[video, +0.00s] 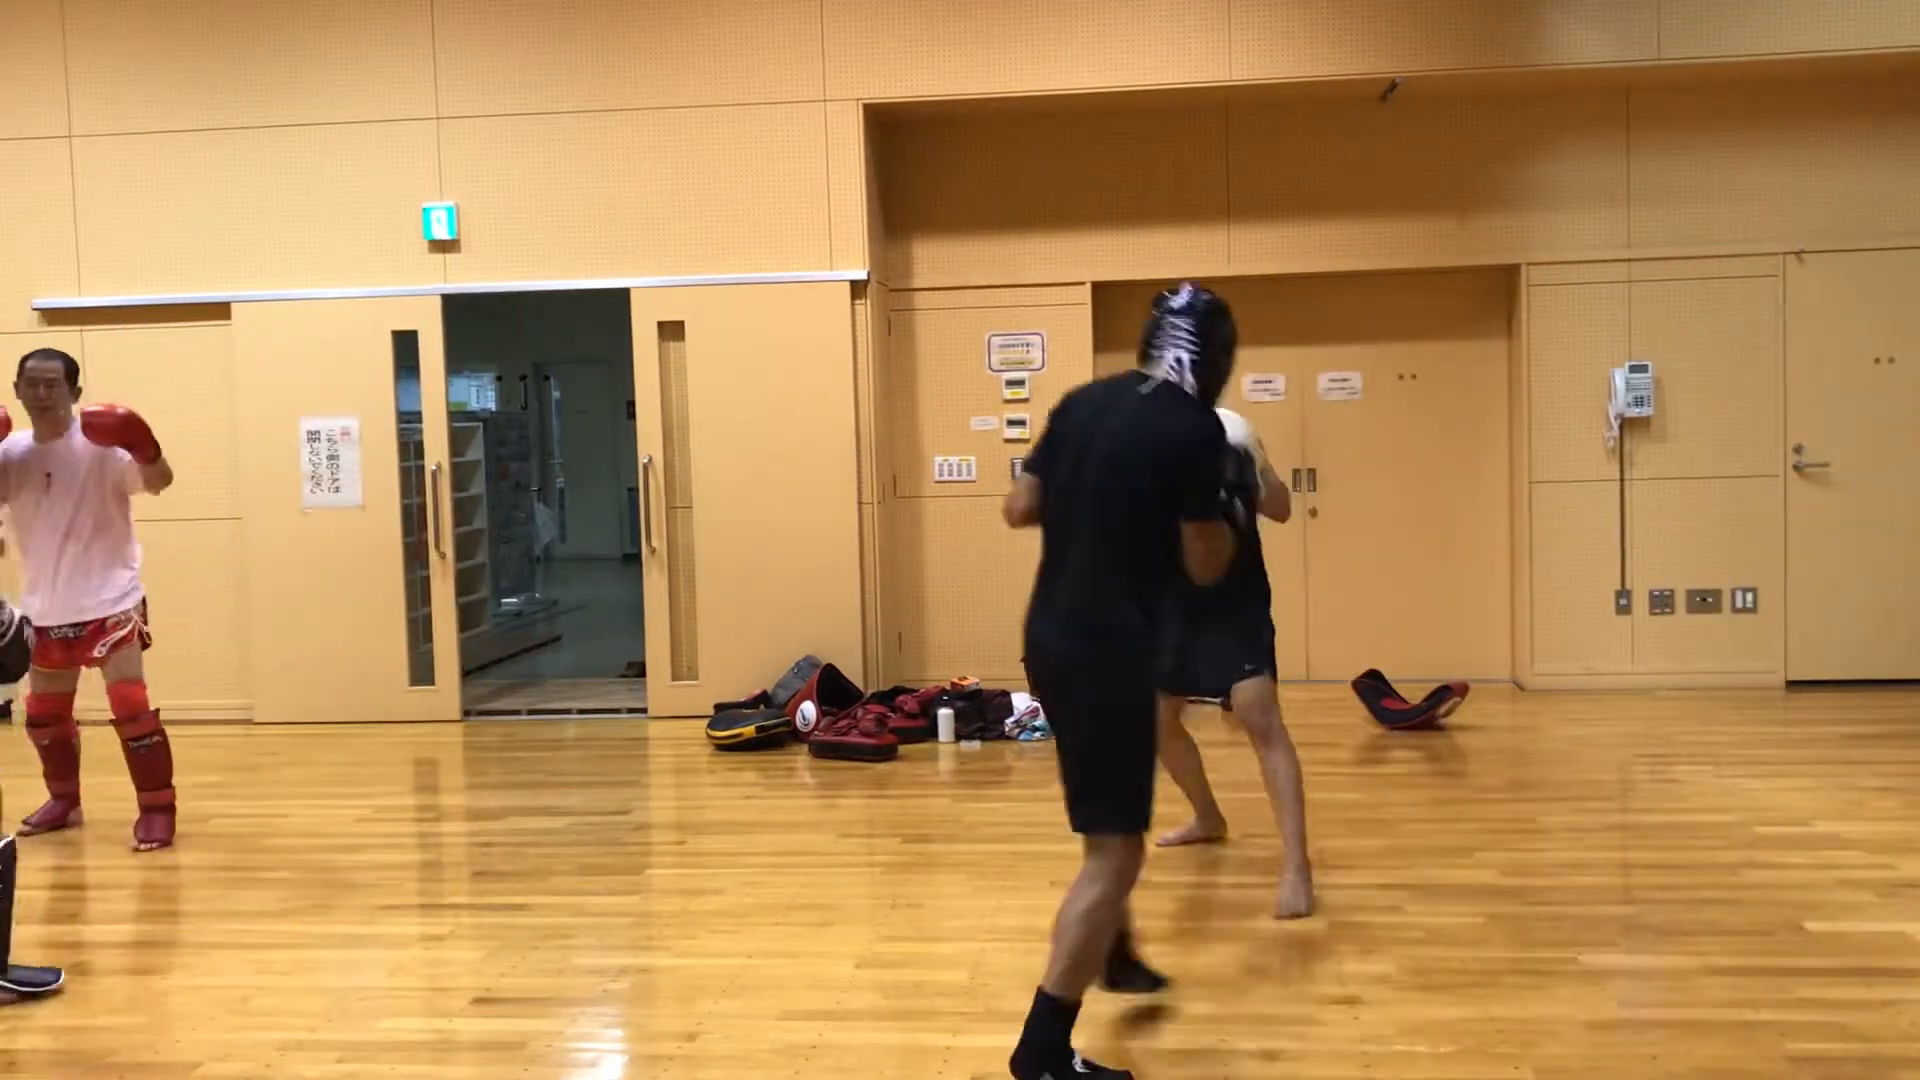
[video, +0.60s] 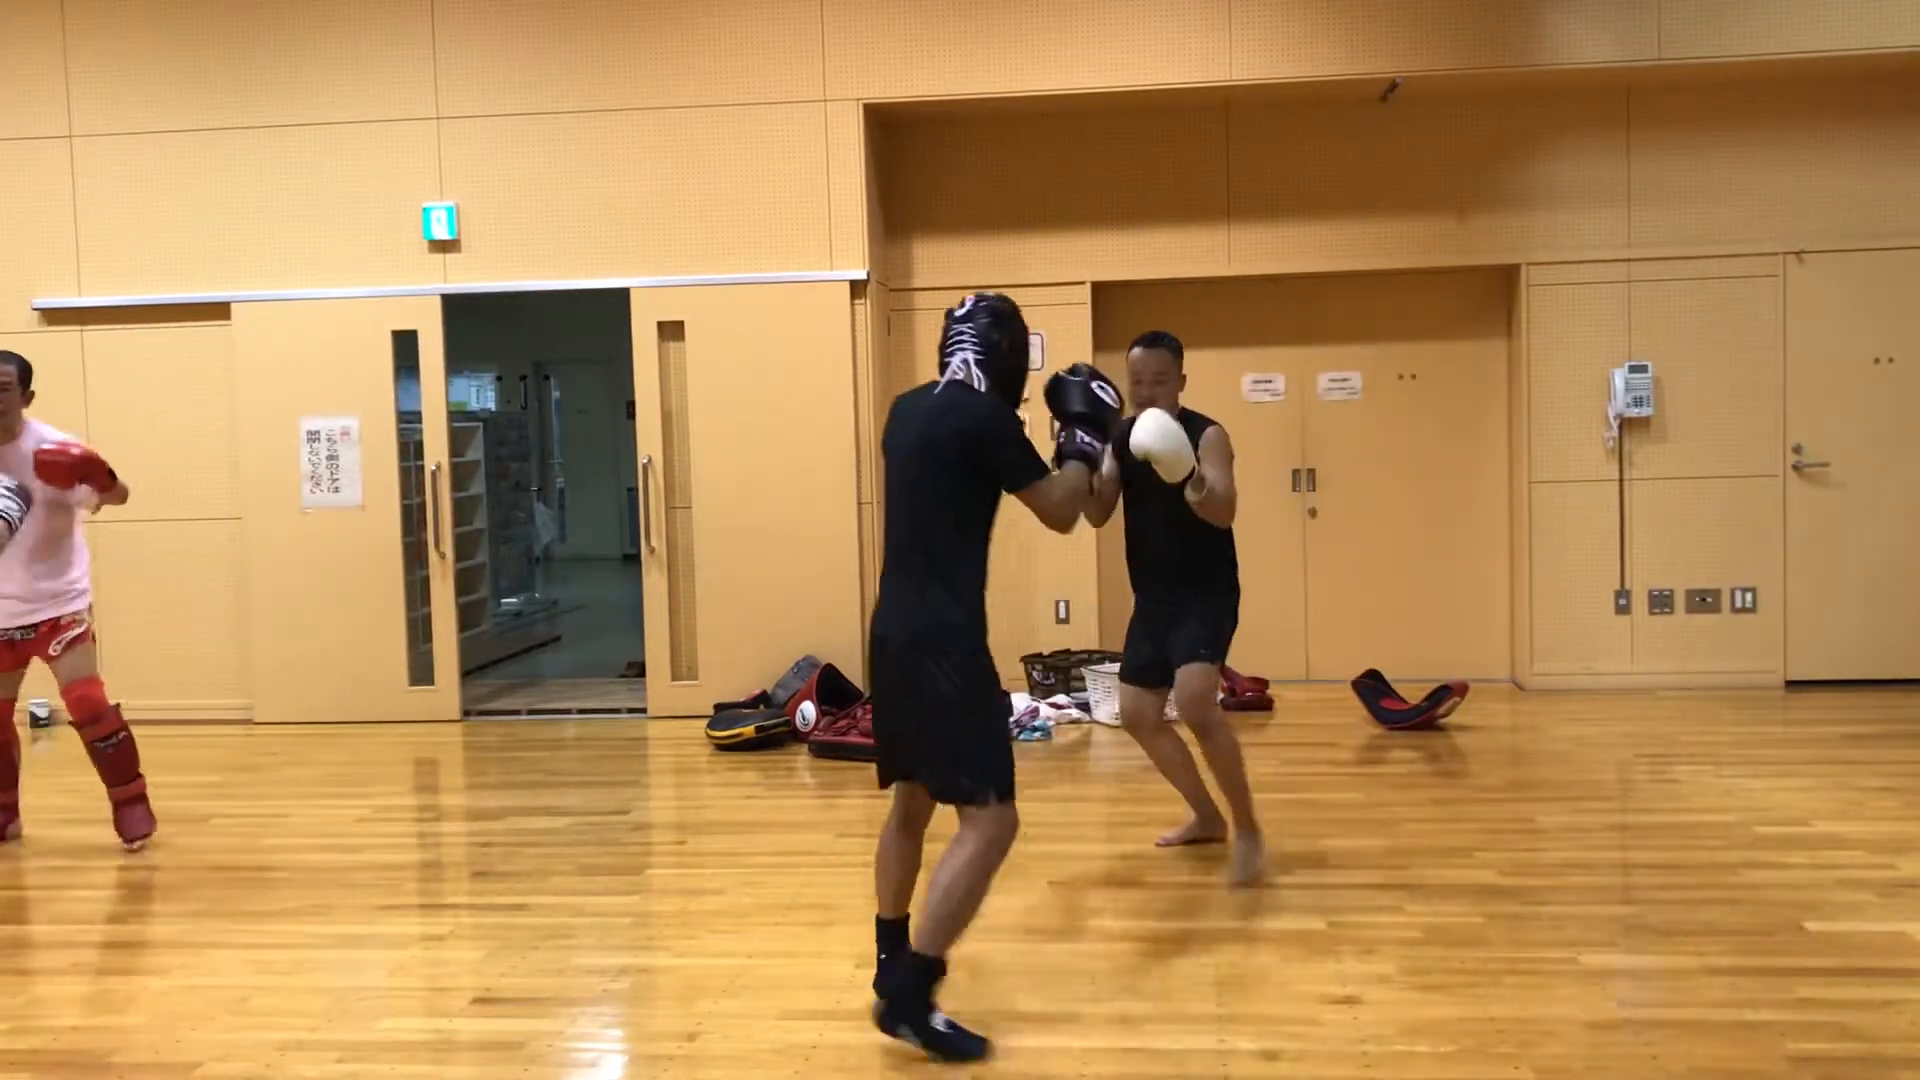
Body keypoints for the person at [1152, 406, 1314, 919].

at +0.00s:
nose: (1176, 389)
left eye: (1185, 377)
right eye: (1165, 379)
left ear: (1201, 380)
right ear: (1151, 385)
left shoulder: (1229, 430)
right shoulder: (1139, 444)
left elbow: (1279, 508)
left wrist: (1247, 467)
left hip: (1236, 594)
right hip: (1167, 595)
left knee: (1259, 718)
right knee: (1159, 719)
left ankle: (1295, 867)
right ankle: (1207, 817)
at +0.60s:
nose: (1147, 392)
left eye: (1159, 381)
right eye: (1138, 381)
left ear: (1181, 380)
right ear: (1126, 380)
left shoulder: (1206, 435)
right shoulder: (1121, 437)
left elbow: (1224, 513)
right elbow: (1098, 514)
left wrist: (1190, 481)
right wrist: (1084, 454)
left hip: (1206, 592)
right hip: (1153, 595)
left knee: (1194, 703)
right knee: (1139, 714)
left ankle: (1247, 830)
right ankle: (1207, 818)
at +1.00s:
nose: (1142, 401)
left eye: (1153, 390)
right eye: (1135, 390)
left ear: (1176, 387)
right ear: (1125, 392)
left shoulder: (1199, 436)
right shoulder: (1118, 437)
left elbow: (1171, 482)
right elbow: (1081, 488)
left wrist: (1135, 433)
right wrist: (1086, 423)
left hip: (1193, 600)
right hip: (1146, 602)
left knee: (1154, 718)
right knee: (1135, 719)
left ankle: (1182, 871)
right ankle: (1208, 817)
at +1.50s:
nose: (1143, 365)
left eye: (1151, 355)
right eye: (1138, 355)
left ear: (1181, 350)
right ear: (1139, 352)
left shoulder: (1207, 400)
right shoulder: (1160, 411)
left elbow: (1213, 463)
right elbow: (1126, 477)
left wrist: (1164, 419)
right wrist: (1097, 425)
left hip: (1219, 561)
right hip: (1186, 564)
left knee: (1199, 674)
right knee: (1196, 678)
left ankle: (1237, 812)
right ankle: (1237, 799)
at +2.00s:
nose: (1145, 388)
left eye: (1155, 378)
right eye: (1141, 378)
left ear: (1186, 374)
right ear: (1139, 376)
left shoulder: (1210, 429)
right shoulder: (1161, 433)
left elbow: (1202, 503)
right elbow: (1140, 504)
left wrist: (1148, 471)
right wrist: (1099, 473)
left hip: (1217, 581)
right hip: (1186, 581)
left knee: (1158, 682)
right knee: (1202, 690)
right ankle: (1275, 791)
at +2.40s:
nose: (1101, 408)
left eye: (1107, 397)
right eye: (1097, 399)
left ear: (1139, 386)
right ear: (1119, 394)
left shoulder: (1159, 436)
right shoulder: (1133, 435)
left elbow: (1107, 492)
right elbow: (1083, 481)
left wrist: (1072, 437)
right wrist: (1069, 431)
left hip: (1169, 597)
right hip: (1168, 594)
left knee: (1098, 693)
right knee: (1181, 698)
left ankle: (1112, 835)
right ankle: (1265, 794)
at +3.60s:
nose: (1136, 394)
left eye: (1140, 382)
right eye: (1134, 385)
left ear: (1170, 372)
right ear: (1185, 372)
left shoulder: (1184, 424)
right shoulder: (1226, 416)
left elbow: (1124, 490)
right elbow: (1180, 482)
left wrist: (1084, 438)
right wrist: (1137, 437)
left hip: (1197, 592)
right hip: (1248, 589)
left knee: (1139, 698)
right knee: (1262, 701)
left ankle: (1150, 837)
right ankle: (1323, 819)